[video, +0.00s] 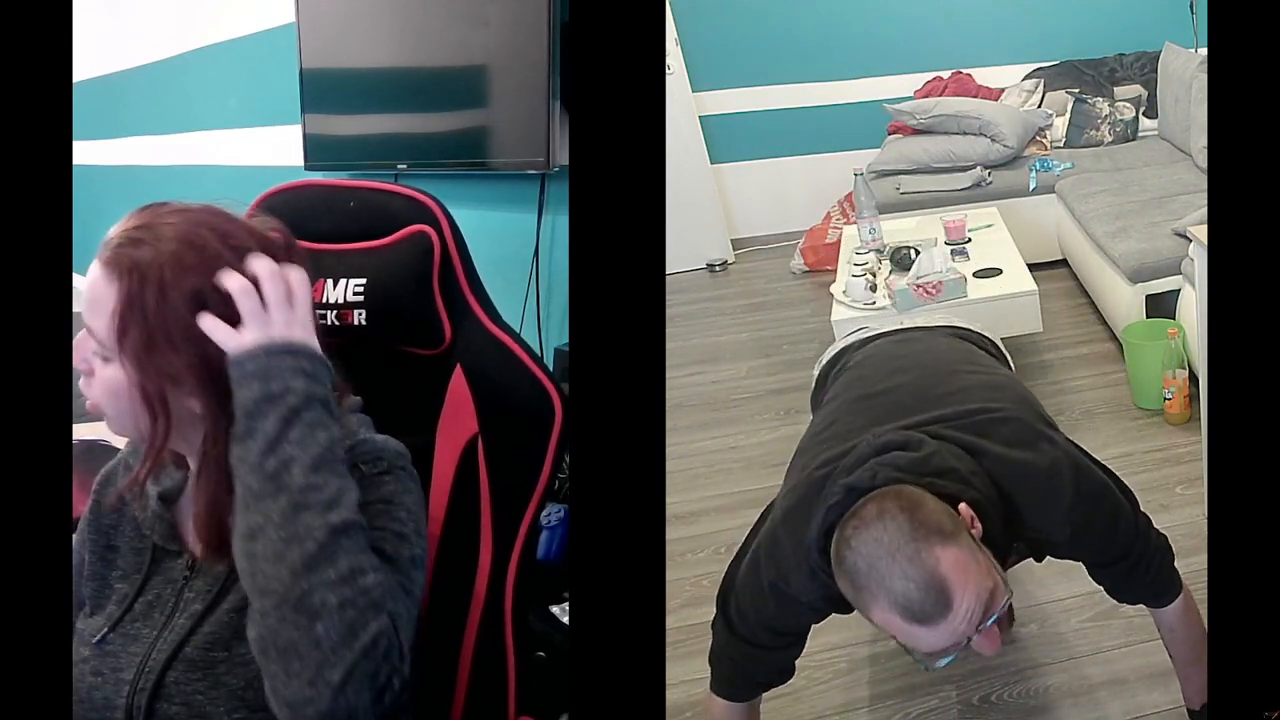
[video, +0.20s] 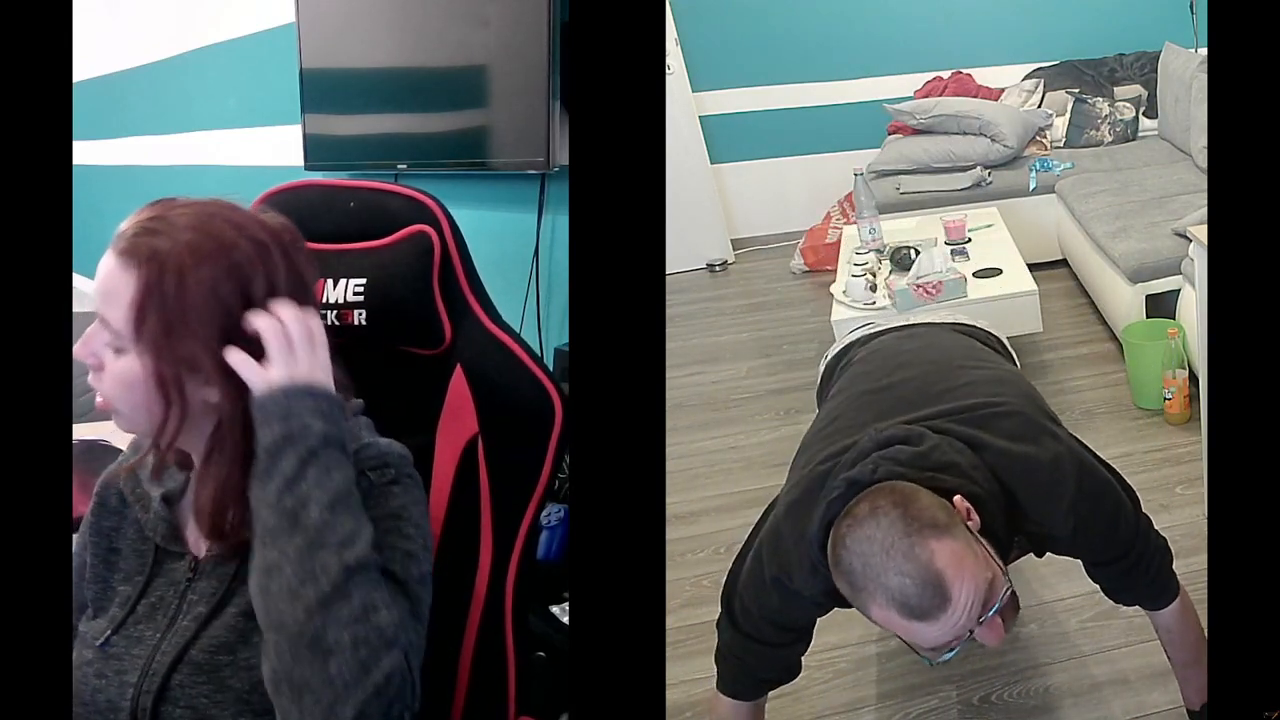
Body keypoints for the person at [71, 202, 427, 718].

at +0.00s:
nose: (77, 362)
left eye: (101, 351)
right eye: (85, 335)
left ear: (187, 373)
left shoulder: (364, 478)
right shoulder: (125, 484)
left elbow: (335, 695)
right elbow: (82, 641)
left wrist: (282, 389)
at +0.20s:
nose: (82, 354)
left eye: (115, 342)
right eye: (96, 327)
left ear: (209, 369)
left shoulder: (368, 483)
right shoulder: (127, 487)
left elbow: (349, 704)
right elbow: (80, 641)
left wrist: (301, 426)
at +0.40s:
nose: (98, 348)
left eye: (133, 337)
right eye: (113, 319)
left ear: (225, 369)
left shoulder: (381, 494)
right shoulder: (135, 486)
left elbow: (367, 709)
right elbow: (75, 648)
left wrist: (304, 491)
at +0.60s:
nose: (114, 339)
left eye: (156, 326)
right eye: (130, 309)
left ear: (255, 361)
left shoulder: (387, 506)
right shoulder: (136, 488)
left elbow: (380, 716)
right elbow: (75, 658)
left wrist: (298, 539)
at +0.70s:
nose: (199, 335)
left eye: (246, 311)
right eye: (179, 306)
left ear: (318, 339)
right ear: (155, 329)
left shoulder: (386, 506)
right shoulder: (134, 486)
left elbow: (397, 711)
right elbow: (76, 659)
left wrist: (295, 572)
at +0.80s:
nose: (268, 328)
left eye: (297, 301)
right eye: (231, 302)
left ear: (333, 331)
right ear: (173, 339)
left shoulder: (391, 514)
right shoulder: (130, 491)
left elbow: (410, 710)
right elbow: (77, 660)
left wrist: (299, 595)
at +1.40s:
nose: (314, 353)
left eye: (331, 317)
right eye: (271, 320)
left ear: (348, 333)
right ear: (186, 342)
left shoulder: (389, 522)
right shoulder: (122, 493)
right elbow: (80, 676)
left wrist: (304, 634)